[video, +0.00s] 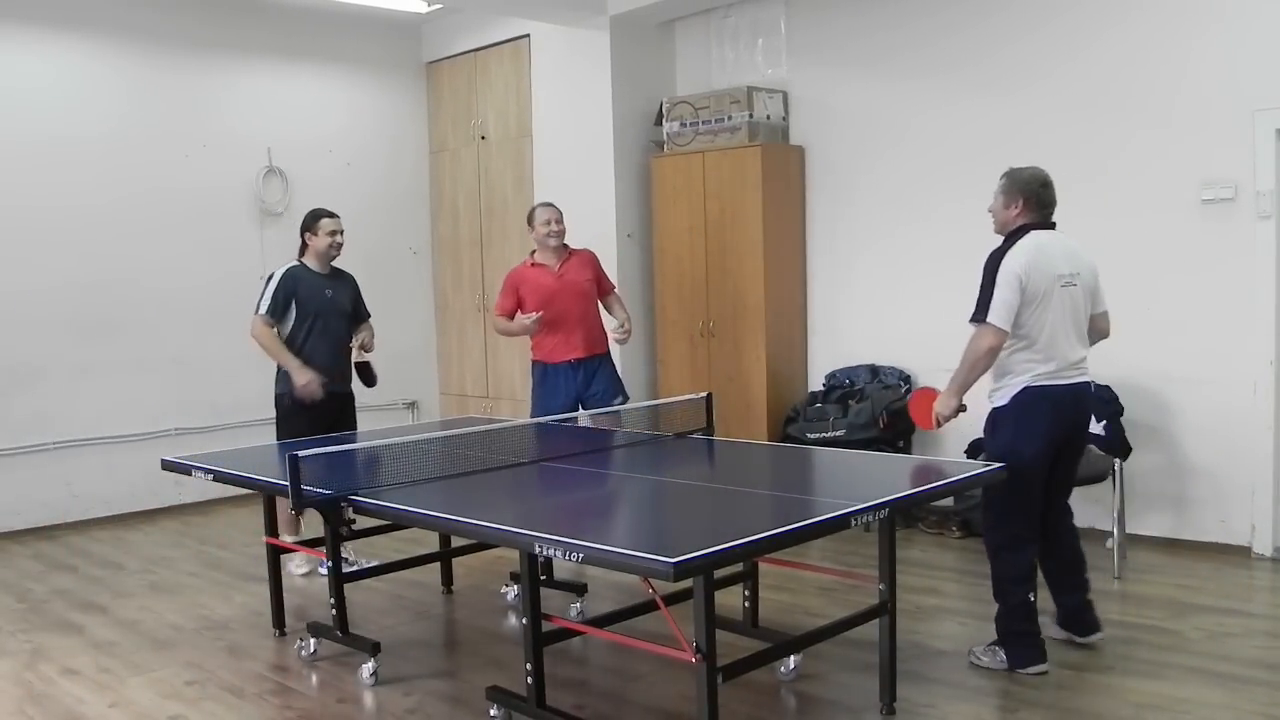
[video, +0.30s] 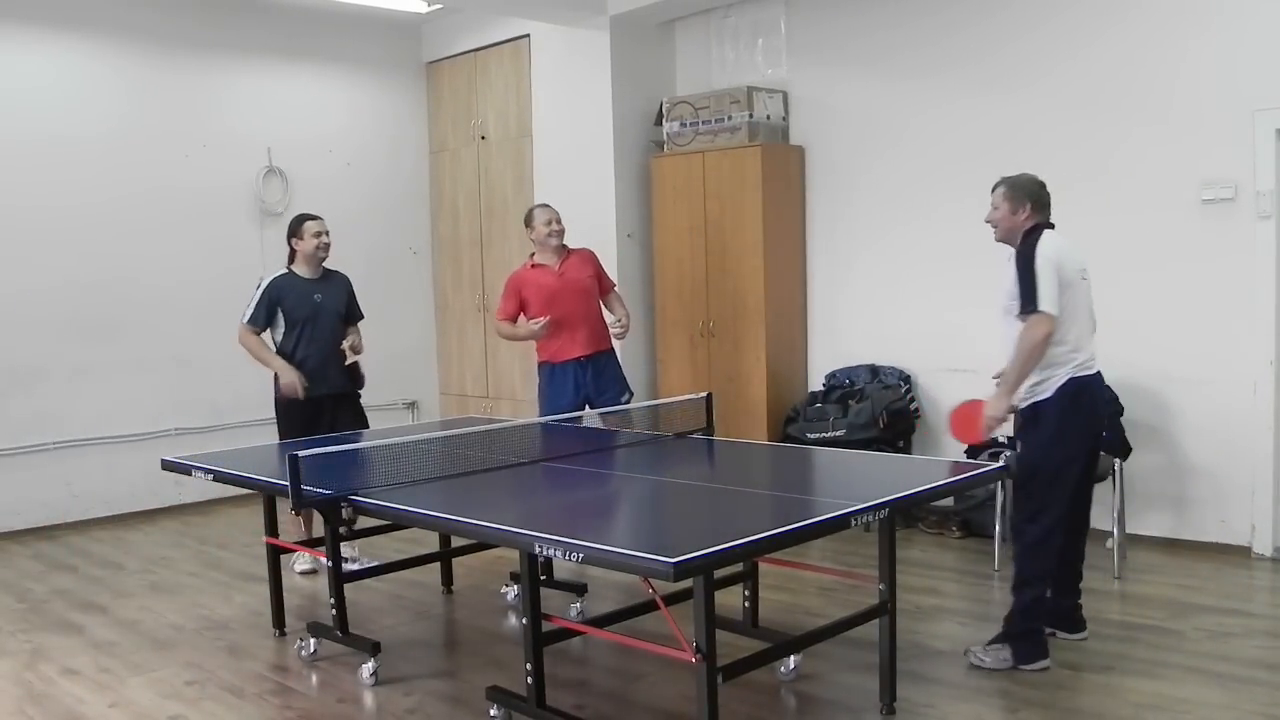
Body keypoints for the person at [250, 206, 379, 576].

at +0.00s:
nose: (340, 239)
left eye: (341, 233)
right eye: (333, 234)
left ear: (337, 238)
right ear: (309, 237)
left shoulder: (346, 280)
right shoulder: (287, 277)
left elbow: (363, 324)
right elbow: (260, 327)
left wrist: (365, 336)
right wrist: (295, 368)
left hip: (340, 394)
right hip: (298, 394)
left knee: (341, 471)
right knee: (293, 475)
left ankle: (336, 547)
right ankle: (292, 551)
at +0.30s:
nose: (326, 240)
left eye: (327, 235)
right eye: (318, 235)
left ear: (327, 241)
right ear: (296, 243)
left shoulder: (339, 281)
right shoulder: (276, 284)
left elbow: (353, 327)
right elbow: (247, 335)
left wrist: (354, 340)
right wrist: (282, 367)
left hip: (341, 394)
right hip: (297, 396)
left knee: (349, 465)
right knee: (300, 472)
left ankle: (343, 542)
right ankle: (305, 547)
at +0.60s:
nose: (321, 241)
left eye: (323, 235)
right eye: (312, 237)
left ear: (326, 241)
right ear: (292, 244)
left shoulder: (339, 281)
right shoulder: (273, 286)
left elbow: (358, 328)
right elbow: (252, 337)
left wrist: (345, 338)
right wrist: (293, 349)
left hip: (338, 393)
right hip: (293, 396)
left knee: (346, 464)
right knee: (297, 472)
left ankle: (346, 541)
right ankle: (305, 546)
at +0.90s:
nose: (338, 242)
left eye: (339, 236)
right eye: (330, 237)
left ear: (341, 241)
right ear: (309, 242)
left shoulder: (352, 284)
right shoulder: (287, 282)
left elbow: (366, 337)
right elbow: (260, 330)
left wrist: (348, 336)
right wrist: (303, 347)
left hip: (344, 394)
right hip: (300, 395)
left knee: (348, 465)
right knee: (302, 470)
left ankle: (345, 543)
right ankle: (307, 546)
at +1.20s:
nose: (339, 242)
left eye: (342, 236)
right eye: (331, 237)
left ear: (345, 240)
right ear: (311, 242)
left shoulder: (355, 284)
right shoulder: (289, 282)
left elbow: (371, 334)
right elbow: (264, 330)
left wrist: (350, 342)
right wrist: (303, 346)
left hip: (345, 396)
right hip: (300, 398)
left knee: (353, 470)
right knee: (295, 478)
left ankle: (348, 546)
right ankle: (278, 550)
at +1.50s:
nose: (310, 243)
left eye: (312, 236)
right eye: (301, 238)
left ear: (315, 241)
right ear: (281, 245)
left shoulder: (331, 283)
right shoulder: (263, 287)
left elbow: (350, 329)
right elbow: (242, 339)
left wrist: (341, 342)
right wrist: (287, 341)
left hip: (328, 402)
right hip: (281, 406)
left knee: (339, 476)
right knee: (276, 488)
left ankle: (342, 550)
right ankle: (270, 561)